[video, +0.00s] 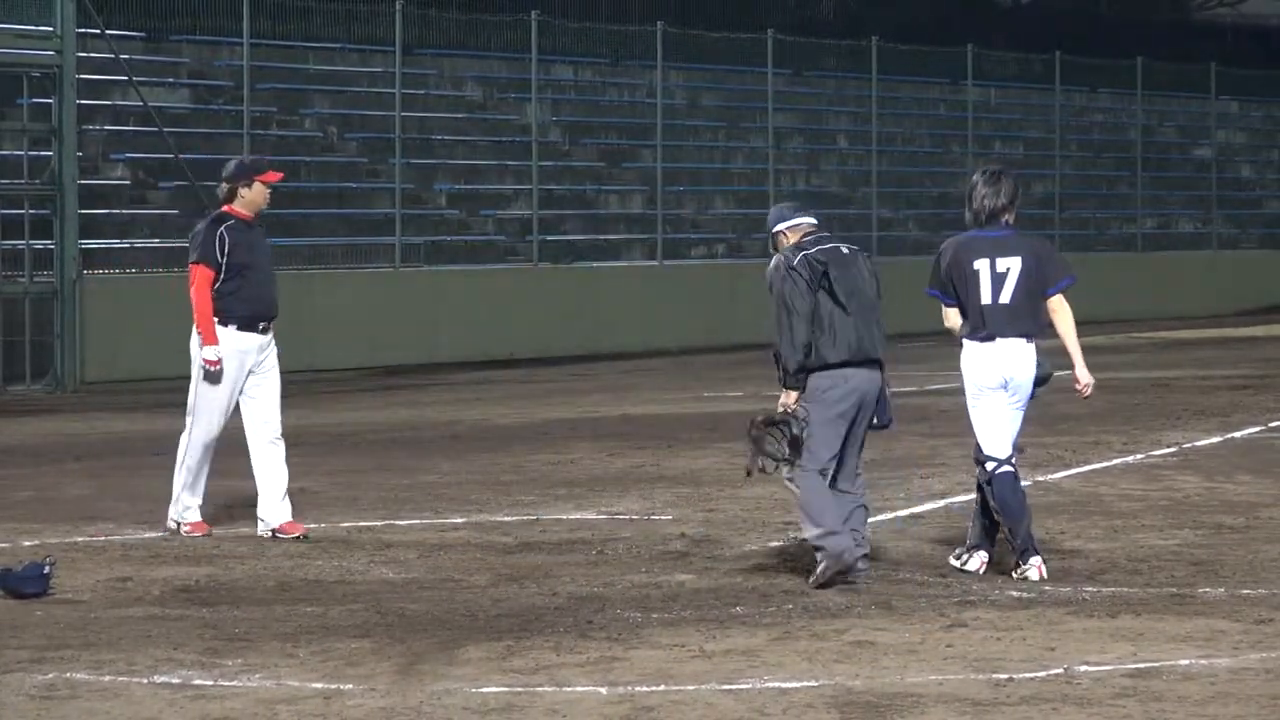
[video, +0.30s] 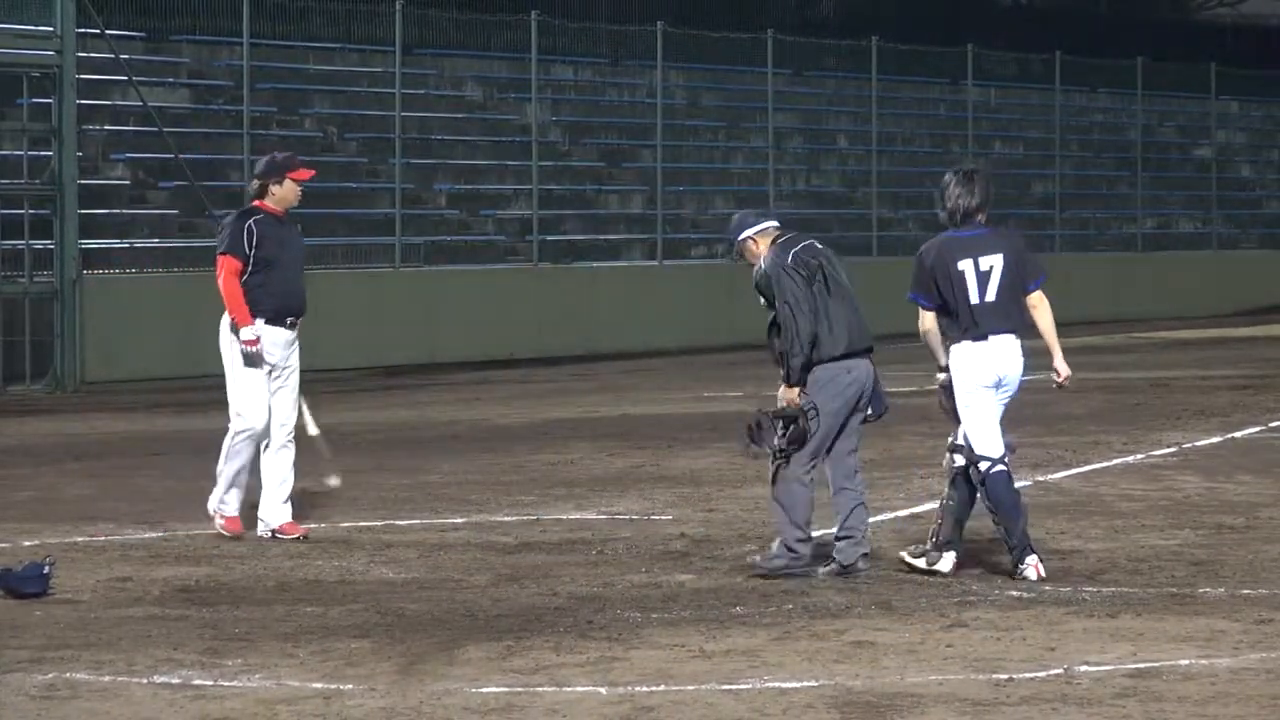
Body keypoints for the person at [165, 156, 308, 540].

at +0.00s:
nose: (270, 193)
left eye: (270, 187)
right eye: (265, 186)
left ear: (252, 189)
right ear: (242, 188)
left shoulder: (255, 230)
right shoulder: (214, 228)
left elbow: (252, 284)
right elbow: (200, 287)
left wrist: (264, 331)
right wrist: (209, 345)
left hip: (262, 342)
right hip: (225, 340)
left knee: (268, 434)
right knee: (203, 431)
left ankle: (275, 516)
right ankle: (184, 511)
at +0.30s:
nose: (301, 191)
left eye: (301, 184)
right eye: (296, 184)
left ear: (283, 186)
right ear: (273, 185)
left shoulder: (290, 227)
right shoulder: (244, 222)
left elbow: (285, 280)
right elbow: (227, 276)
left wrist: (291, 331)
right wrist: (245, 325)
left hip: (285, 336)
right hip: (250, 333)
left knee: (282, 430)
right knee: (250, 421)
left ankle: (275, 516)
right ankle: (224, 504)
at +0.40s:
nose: (309, 188)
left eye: (308, 182)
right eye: (303, 182)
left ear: (291, 185)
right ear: (280, 185)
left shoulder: (297, 227)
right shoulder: (251, 221)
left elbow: (292, 278)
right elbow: (234, 276)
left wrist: (298, 327)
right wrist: (251, 326)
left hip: (290, 336)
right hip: (257, 333)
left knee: (287, 429)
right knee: (262, 424)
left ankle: (280, 514)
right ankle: (254, 515)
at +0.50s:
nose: (313, 189)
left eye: (313, 183)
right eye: (307, 183)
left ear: (296, 186)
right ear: (284, 185)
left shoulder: (303, 228)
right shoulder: (257, 221)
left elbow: (306, 282)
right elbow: (241, 277)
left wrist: (319, 330)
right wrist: (256, 331)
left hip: (297, 337)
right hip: (265, 333)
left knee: (289, 430)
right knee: (269, 427)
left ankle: (272, 517)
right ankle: (285, 517)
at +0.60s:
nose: (315, 190)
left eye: (314, 184)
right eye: (309, 184)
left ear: (295, 187)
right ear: (285, 186)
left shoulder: (305, 229)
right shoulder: (262, 223)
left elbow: (315, 281)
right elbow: (246, 279)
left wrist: (339, 327)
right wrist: (259, 335)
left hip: (302, 338)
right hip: (269, 335)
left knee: (292, 432)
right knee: (279, 429)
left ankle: (271, 521)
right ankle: (299, 521)